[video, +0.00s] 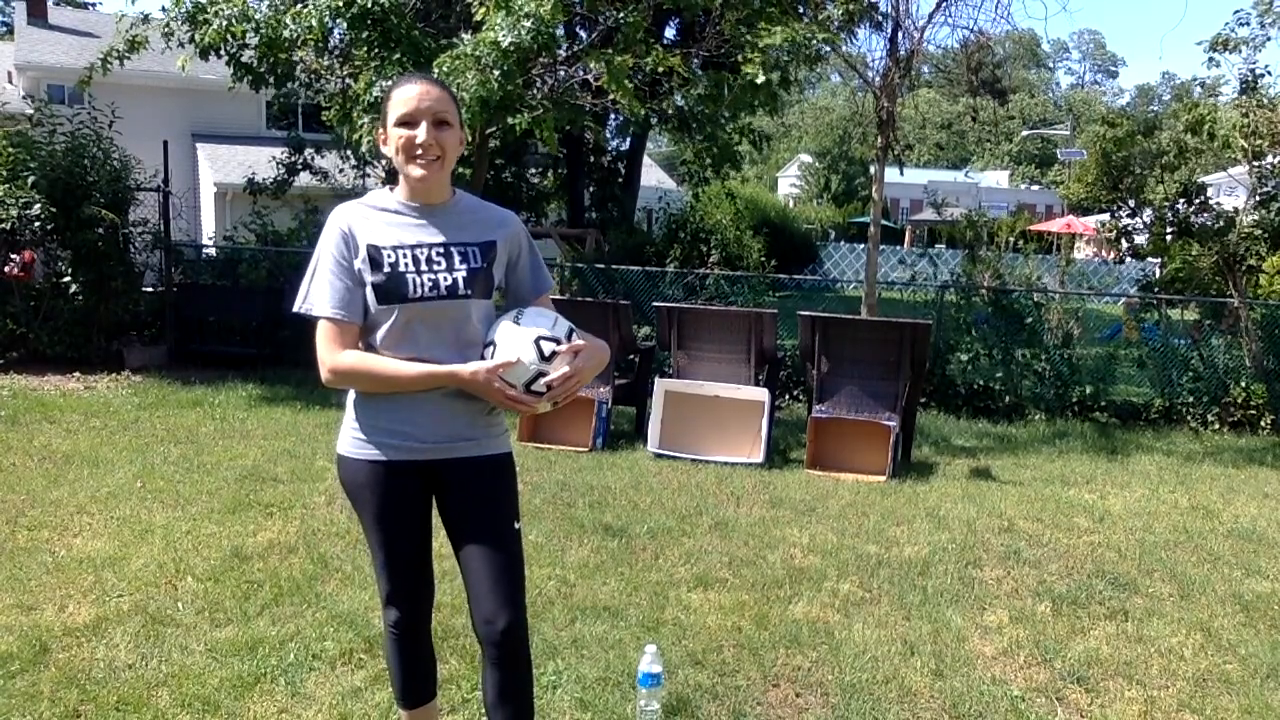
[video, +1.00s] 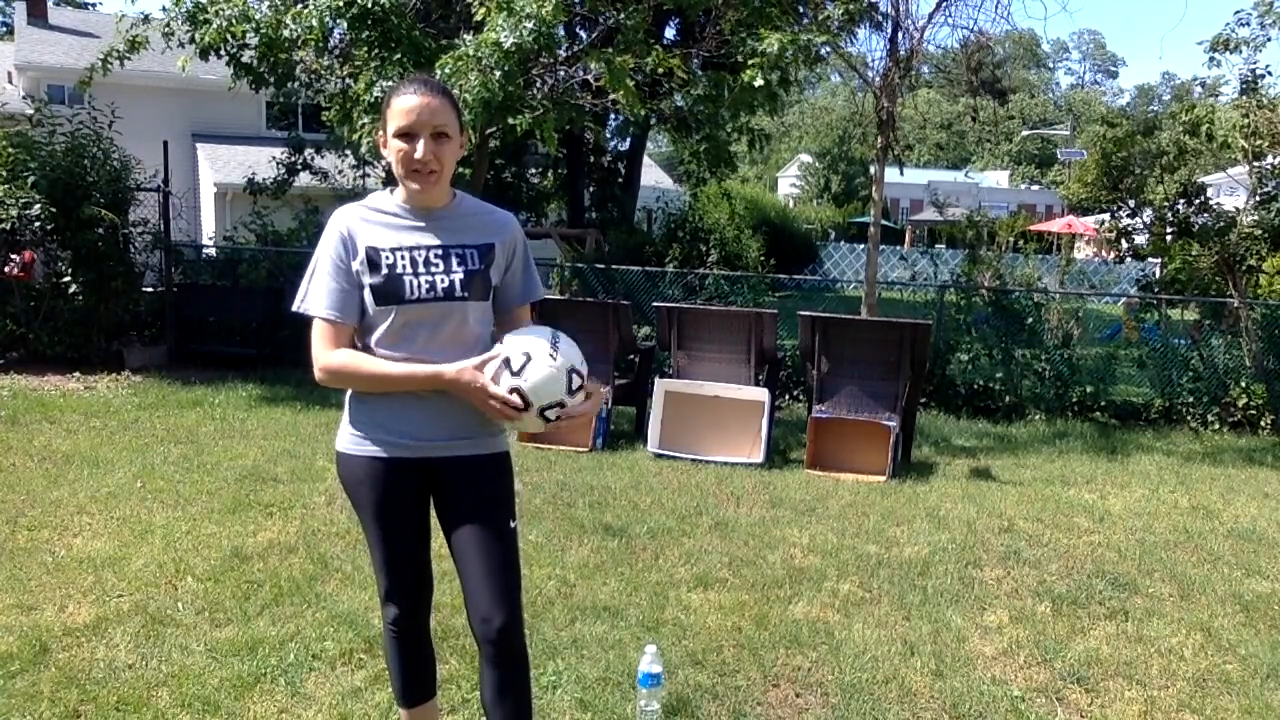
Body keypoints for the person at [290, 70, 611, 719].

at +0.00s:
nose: (424, 135)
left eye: (440, 123)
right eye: (407, 123)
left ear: (461, 138)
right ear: (384, 140)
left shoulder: (501, 227)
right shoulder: (352, 225)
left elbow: (545, 328)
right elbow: (333, 361)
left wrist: (599, 349)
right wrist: (461, 376)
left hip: (477, 450)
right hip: (381, 452)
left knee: (503, 624)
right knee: (405, 612)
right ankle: (421, 714)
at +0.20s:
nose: (424, 138)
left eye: (440, 125)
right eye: (408, 124)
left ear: (461, 139)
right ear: (384, 137)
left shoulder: (501, 224)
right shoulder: (351, 223)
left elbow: (548, 323)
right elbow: (334, 359)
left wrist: (597, 341)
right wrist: (457, 369)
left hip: (481, 449)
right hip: (385, 453)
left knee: (500, 624)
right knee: (408, 614)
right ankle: (421, 714)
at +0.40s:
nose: (417, 157)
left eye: (434, 140)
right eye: (402, 140)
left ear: (460, 143)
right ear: (381, 143)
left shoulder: (500, 227)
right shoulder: (351, 227)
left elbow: (546, 331)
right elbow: (334, 357)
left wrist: (599, 340)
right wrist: (456, 365)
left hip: (481, 452)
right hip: (384, 456)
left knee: (503, 626)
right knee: (407, 616)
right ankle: (421, 714)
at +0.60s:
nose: (415, 158)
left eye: (431, 140)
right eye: (400, 142)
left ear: (458, 144)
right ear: (380, 147)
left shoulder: (499, 229)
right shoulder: (351, 228)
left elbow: (538, 338)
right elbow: (332, 359)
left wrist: (598, 352)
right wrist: (454, 367)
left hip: (478, 452)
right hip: (382, 455)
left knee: (503, 627)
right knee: (406, 615)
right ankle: (421, 714)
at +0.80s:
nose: (418, 154)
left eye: (434, 137)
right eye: (402, 139)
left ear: (460, 142)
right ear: (381, 145)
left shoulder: (499, 229)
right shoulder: (352, 227)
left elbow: (536, 338)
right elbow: (330, 359)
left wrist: (596, 358)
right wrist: (451, 369)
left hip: (477, 450)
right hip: (381, 453)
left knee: (500, 625)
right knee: (405, 613)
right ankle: (421, 715)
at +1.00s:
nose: (423, 151)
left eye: (438, 136)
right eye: (407, 136)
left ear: (461, 143)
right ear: (384, 144)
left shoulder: (499, 230)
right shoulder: (351, 228)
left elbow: (522, 351)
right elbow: (327, 361)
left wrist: (573, 394)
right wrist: (447, 377)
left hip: (474, 451)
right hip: (380, 452)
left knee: (500, 625)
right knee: (404, 613)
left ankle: (509, 719)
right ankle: (421, 714)